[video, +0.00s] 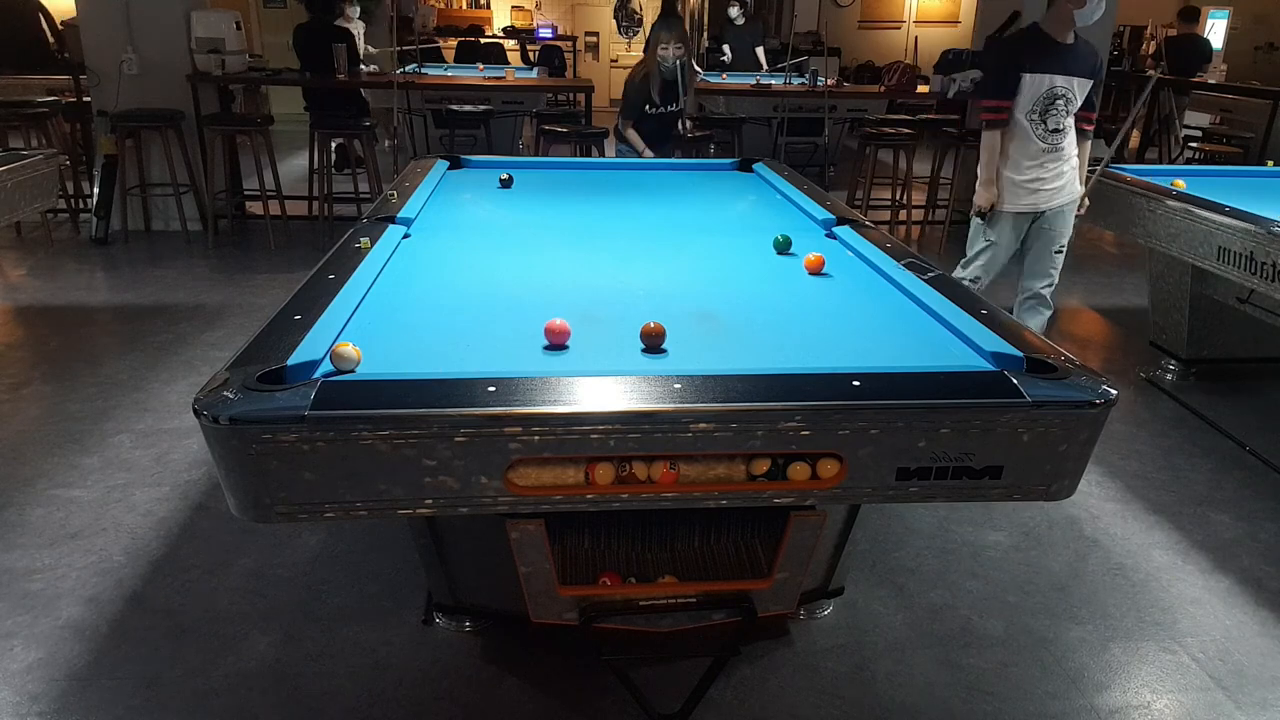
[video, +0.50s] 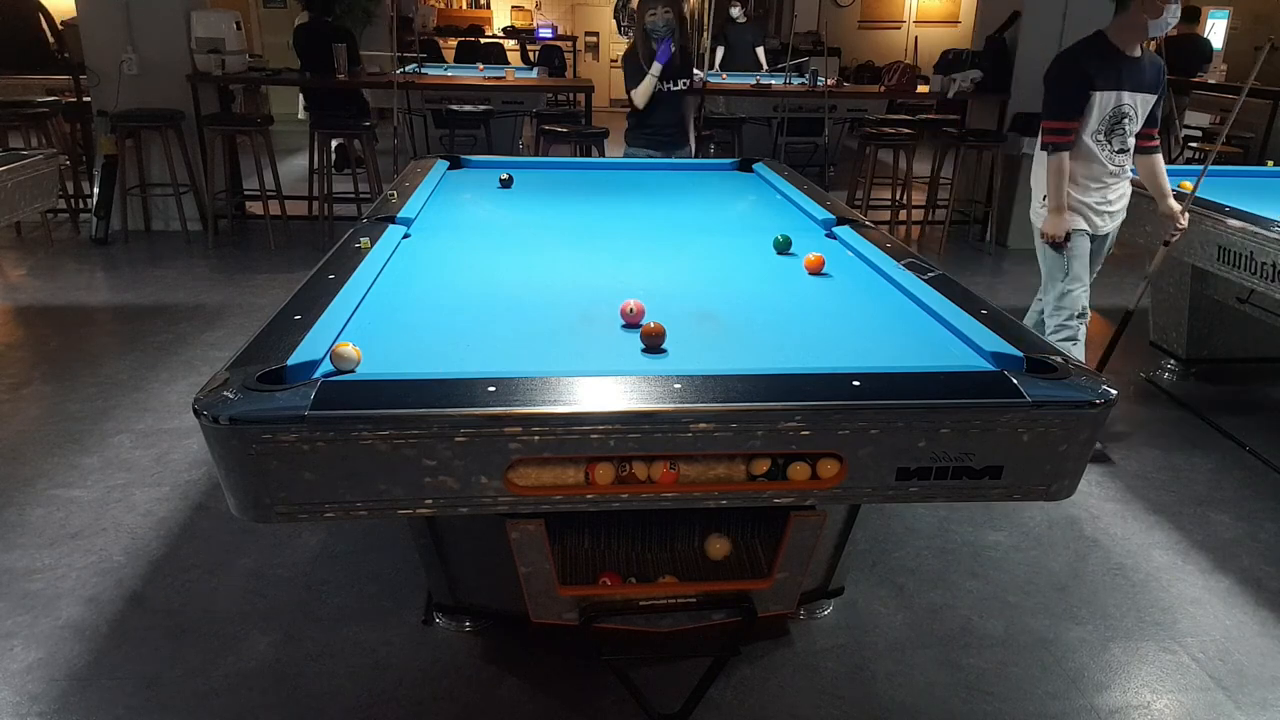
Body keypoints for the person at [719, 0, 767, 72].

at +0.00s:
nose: (731, 9)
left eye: (734, 6)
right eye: (729, 6)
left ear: (742, 10)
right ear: (727, 9)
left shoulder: (753, 25)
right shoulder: (726, 26)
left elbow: (758, 46)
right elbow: (724, 43)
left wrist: (764, 65)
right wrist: (728, 54)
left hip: (752, 70)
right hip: (733, 70)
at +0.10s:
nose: (731, 10)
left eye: (734, 7)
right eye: (729, 7)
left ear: (741, 9)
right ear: (727, 10)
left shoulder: (752, 26)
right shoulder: (725, 26)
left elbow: (758, 47)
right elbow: (722, 45)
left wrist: (765, 66)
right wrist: (721, 56)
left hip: (751, 72)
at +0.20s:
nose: (731, 10)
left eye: (734, 7)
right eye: (729, 7)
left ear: (742, 9)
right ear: (727, 9)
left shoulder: (753, 26)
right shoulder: (726, 26)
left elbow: (758, 46)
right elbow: (720, 45)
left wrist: (765, 66)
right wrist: (716, 58)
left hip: (750, 71)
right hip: (730, 70)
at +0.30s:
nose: (731, 10)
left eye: (734, 7)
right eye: (730, 7)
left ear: (742, 9)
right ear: (728, 9)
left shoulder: (753, 26)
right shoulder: (725, 26)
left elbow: (758, 47)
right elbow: (720, 46)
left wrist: (765, 66)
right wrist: (716, 62)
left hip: (750, 70)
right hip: (729, 70)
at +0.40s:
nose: (732, 10)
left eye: (735, 7)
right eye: (730, 7)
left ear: (743, 9)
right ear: (728, 9)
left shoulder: (753, 26)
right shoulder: (726, 26)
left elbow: (759, 47)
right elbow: (720, 47)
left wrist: (765, 66)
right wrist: (717, 66)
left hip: (750, 72)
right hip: (729, 72)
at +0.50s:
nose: (732, 10)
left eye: (736, 7)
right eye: (731, 7)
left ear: (743, 9)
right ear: (728, 9)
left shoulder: (753, 26)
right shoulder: (726, 26)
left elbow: (759, 47)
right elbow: (721, 47)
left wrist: (765, 66)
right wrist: (716, 65)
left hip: (750, 72)